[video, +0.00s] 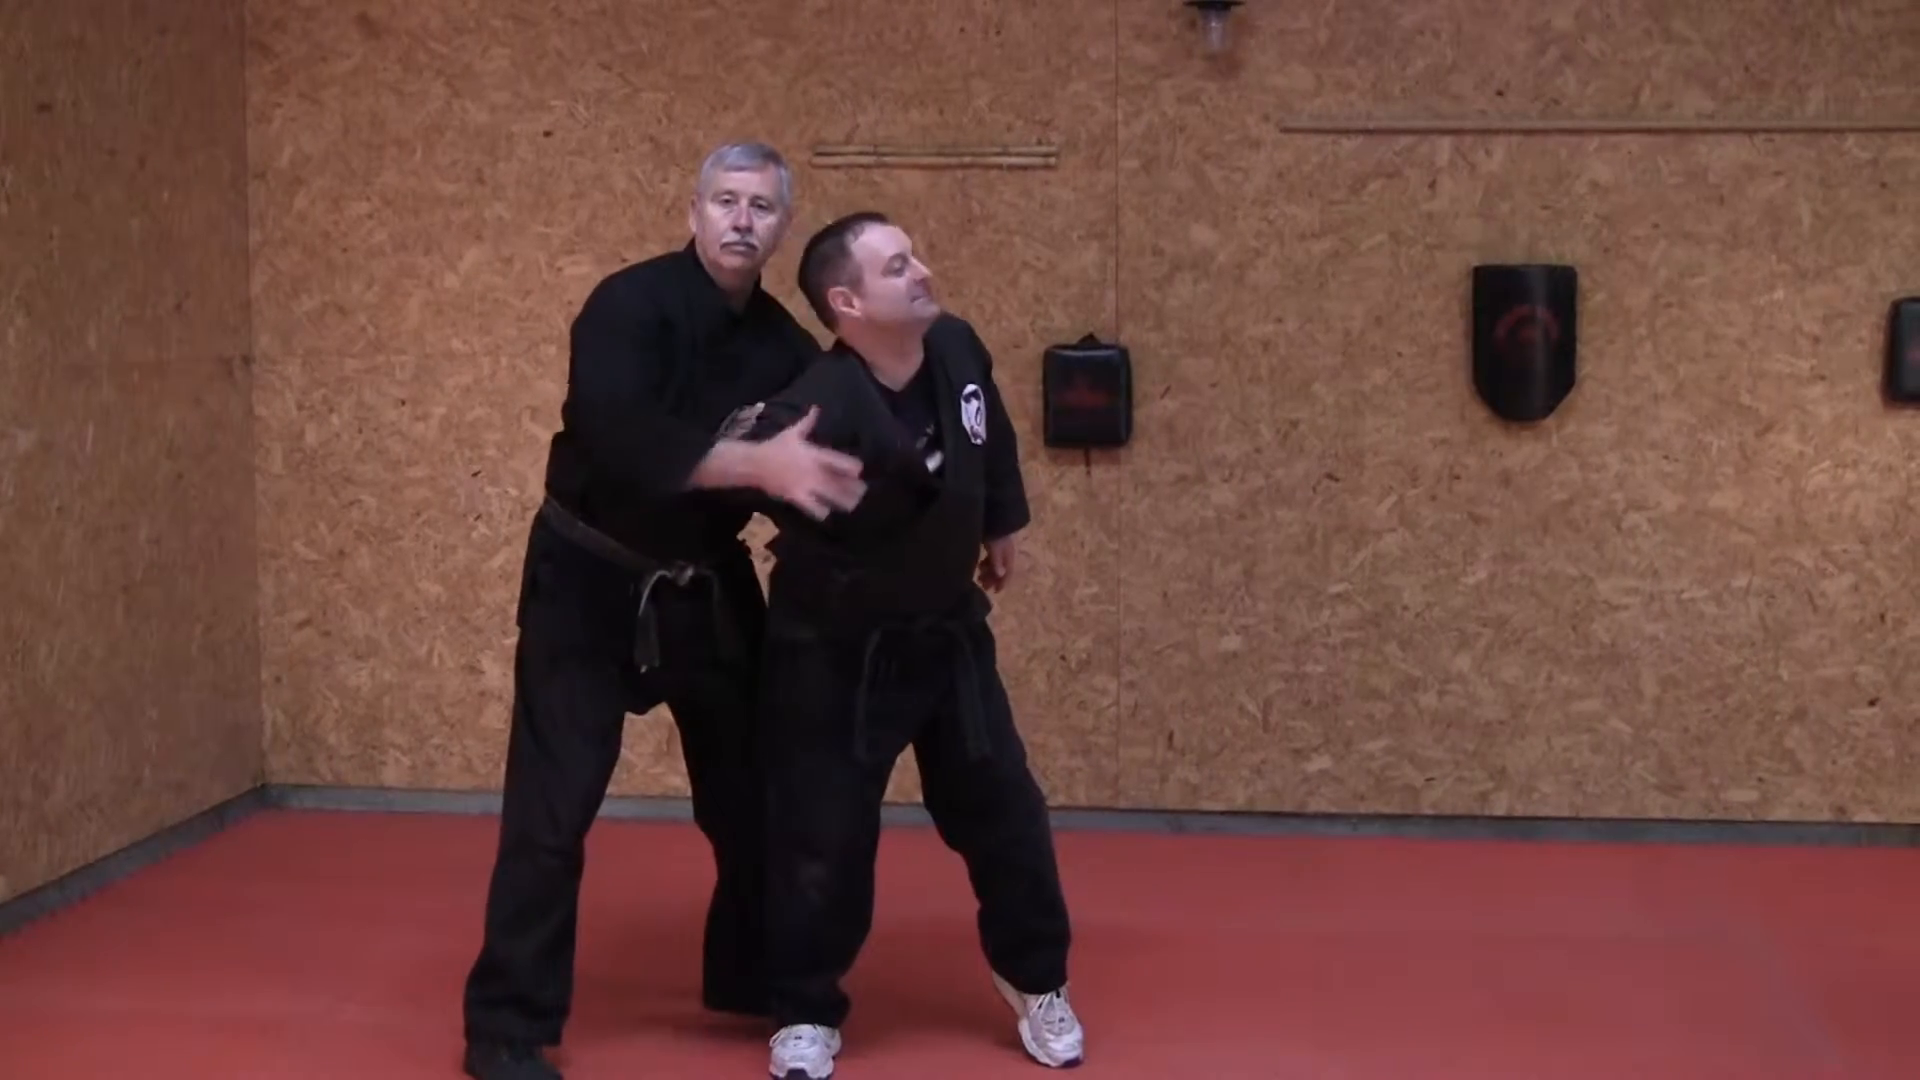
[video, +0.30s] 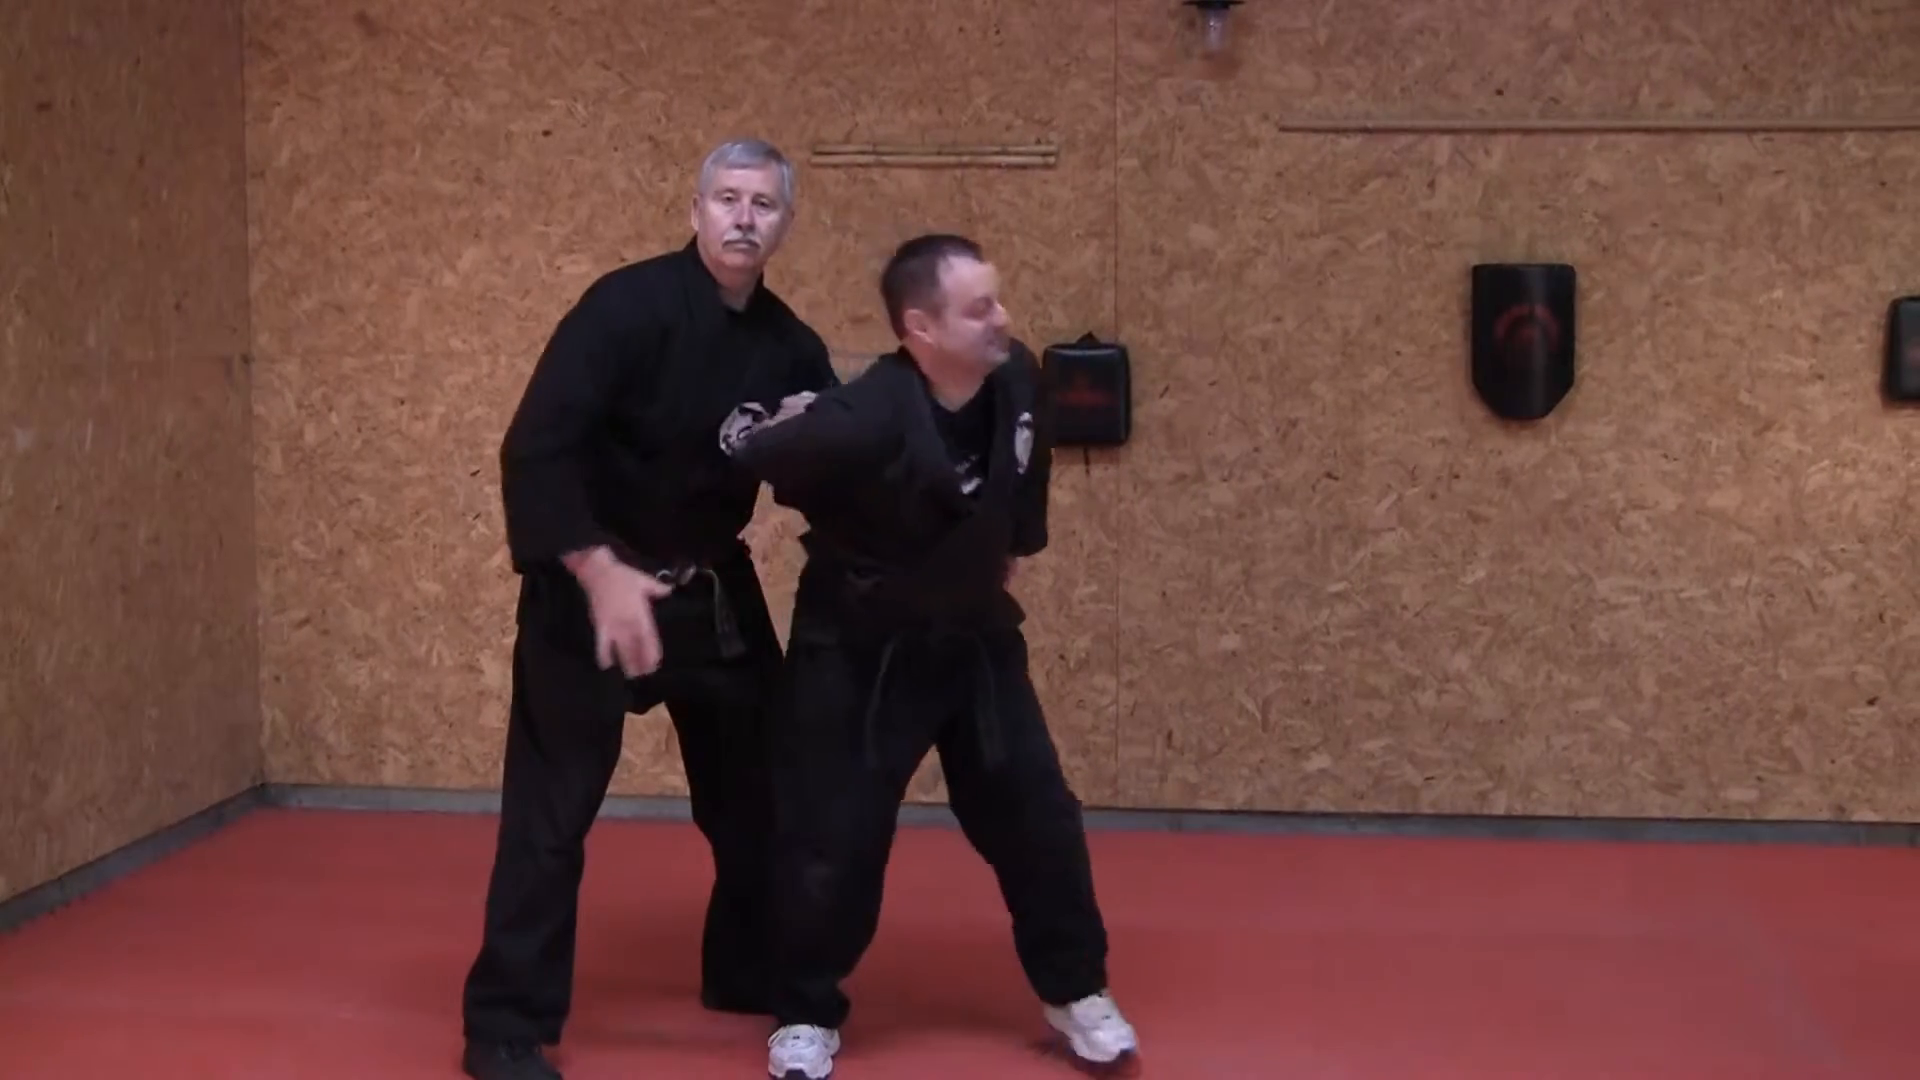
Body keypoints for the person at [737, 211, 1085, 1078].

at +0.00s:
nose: (922, 273)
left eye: (916, 259)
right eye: (897, 268)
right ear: (845, 305)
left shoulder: (954, 347)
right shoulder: (815, 410)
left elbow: (991, 436)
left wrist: (1004, 524)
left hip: (944, 631)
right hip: (831, 648)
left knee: (1003, 808)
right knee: (821, 832)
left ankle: (1038, 983)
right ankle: (806, 1014)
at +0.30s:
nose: (1002, 319)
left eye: (999, 302)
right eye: (981, 310)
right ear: (919, 330)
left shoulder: (1013, 375)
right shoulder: (863, 419)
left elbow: (1025, 460)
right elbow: (759, 454)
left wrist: (1021, 541)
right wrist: (772, 434)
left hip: (973, 634)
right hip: (861, 645)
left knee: (1037, 812)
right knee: (835, 829)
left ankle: (1074, 989)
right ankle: (807, 1015)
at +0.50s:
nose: (1104, 372)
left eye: (1113, 352)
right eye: (1082, 354)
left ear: (1121, 347)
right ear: (1025, 349)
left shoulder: (1119, 426)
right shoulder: (952, 413)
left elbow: (1119, 518)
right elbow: (827, 437)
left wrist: (1102, 590)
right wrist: (878, 489)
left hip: (1040, 652)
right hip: (918, 652)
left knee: (1077, 838)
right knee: (854, 828)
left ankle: (1101, 1018)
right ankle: (807, 1013)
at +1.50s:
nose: (1229, 286)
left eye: (1241, 268)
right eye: (1225, 270)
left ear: (1296, 262)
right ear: (1287, 266)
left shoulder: (1354, 349)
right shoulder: (1281, 357)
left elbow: (1366, 460)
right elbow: (1287, 479)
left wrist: (1329, 566)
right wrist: (1264, 592)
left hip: (1352, 598)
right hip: (1288, 598)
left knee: (1320, 787)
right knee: (1269, 789)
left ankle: (1412, 914)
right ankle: (1319, 967)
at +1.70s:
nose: (1295, 300)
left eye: (1307, 282)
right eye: (1290, 285)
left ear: (1360, 273)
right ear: (1347, 280)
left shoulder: (1411, 361)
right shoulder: (1352, 367)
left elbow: (1393, 466)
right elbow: (1341, 481)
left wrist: (1322, 540)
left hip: (1410, 625)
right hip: (1352, 621)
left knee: (1427, 791)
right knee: (1321, 795)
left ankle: (1510, 936)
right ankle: (1323, 965)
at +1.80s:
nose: (1334, 303)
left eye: (1345, 286)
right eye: (1330, 288)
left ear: (1399, 276)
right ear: (1383, 283)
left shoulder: (1446, 363)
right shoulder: (1390, 366)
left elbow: (1423, 478)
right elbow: (1381, 482)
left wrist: (1342, 546)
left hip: (1455, 628)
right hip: (1392, 623)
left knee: (1465, 793)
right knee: (1355, 793)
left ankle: (1516, 946)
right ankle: (1325, 955)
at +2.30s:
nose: (1507, 283)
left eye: (1524, 268)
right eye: (1504, 268)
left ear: (1575, 269)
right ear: (1507, 271)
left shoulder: (1620, 364)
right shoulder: (1526, 360)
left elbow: (1656, 487)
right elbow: (1499, 466)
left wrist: (1660, 603)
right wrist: (1450, 542)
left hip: (1585, 600)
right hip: (1528, 593)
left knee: (1538, 768)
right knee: (1562, 751)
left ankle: (1518, 948)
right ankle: (1660, 876)